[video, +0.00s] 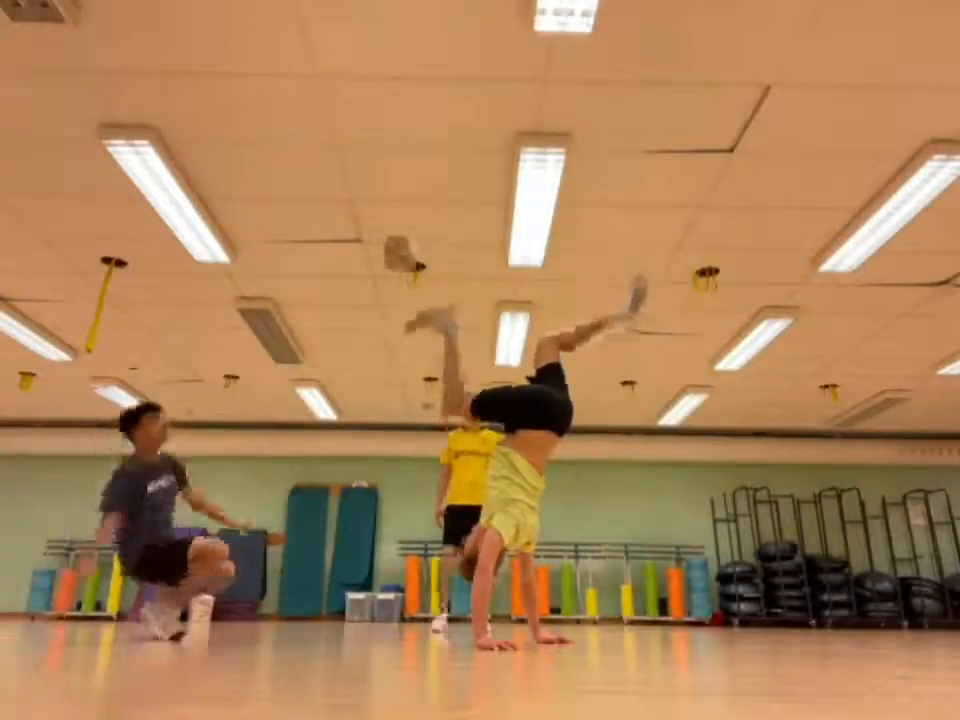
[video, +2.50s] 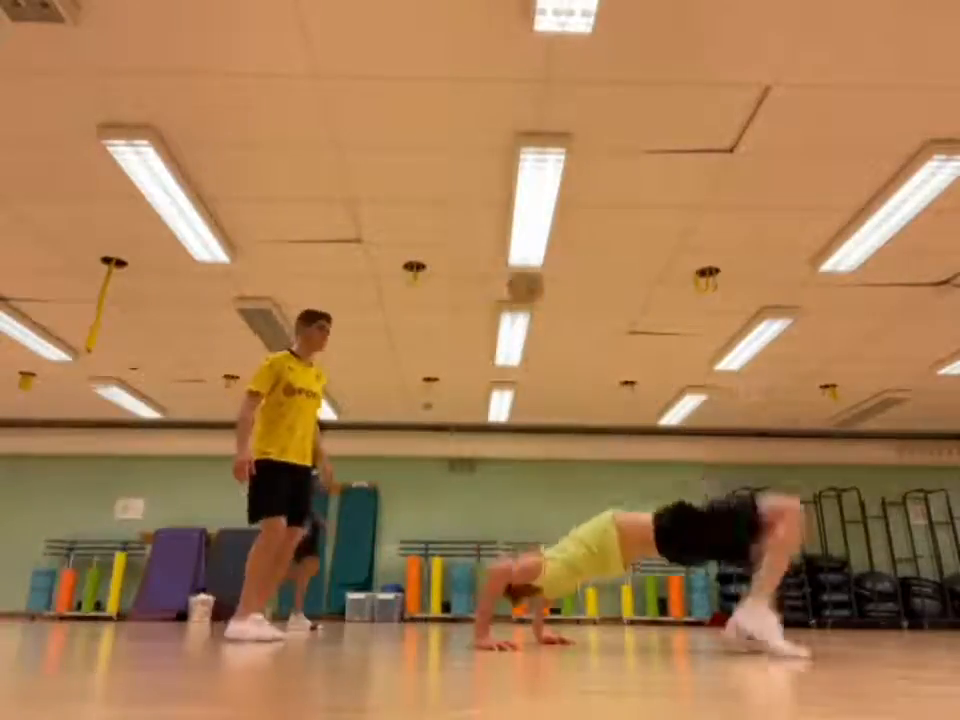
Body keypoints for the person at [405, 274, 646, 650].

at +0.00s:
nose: (481, 557)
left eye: (473, 556)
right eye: (477, 556)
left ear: (472, 549)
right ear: (473, 543)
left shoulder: (526, 538)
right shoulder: (497, 528)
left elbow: (528, 585)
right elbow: (483, 577)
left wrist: (537, 632)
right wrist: (482, 636)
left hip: (557, 412)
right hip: (536, 412)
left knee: (549, 345)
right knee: (457, 407)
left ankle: (620, 317)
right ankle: (450, 334)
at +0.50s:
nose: (478, 564)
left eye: (471, 561)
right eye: (473, 560)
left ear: (473, 558)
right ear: (474, 554)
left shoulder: (518, 539)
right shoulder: (495, 532)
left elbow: (528, 586)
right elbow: (481, 581)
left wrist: (538, 633)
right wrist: (480, 636)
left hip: (549, 416)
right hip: (533, 412)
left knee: (530, 351)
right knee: (470, 354)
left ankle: (595, 330)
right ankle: (464, 274)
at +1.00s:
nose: (472, 533)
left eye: (465, 537)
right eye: (473, 539)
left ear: (475, 550)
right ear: (480, 548)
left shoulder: (522, 538)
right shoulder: (497, 529)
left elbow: (527, 585)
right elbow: (482, 574)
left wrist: (536, 633)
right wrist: (480, 634)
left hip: (555, 417)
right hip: (534, 410)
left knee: (538, 356)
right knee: (453, 385)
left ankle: (604, 318)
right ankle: (449, 302)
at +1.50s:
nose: (472, 535)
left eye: (468, 540)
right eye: (474, 541)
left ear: (475, 550)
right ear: (482, 550)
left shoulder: (526, 539)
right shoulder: (499, 531)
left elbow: (528, 586)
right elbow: (484, 574)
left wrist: (536, 631)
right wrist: (481, 634)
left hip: (565, 416)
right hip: (546, 417)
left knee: (555, 344)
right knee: (466, 406)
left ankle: (630, 318)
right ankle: (463, 328)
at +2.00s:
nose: (482, 542)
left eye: (480, 545)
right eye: (481, 543)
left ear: (482, 550)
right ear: (484, 544)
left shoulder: (530, 541)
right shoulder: (509, 534)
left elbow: (530, 588)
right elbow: (482, 576)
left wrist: (536, 632)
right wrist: (480, 635)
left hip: (598, 436)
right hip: (582, 432)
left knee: (634, 367)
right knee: (515, 382)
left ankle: (714, 359)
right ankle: (527, 301)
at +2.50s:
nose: (520, 563)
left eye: (518, 562)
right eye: (519, 564)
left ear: (524, 585)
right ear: (524, 574)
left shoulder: (554, 575)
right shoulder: (545, 565)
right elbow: (497, 573)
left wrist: (538, 630)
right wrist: (482, 634)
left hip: (672, 539)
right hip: (673, 530)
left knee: (771, 535)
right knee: (788, 511)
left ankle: (745, 622)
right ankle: (757, 609)